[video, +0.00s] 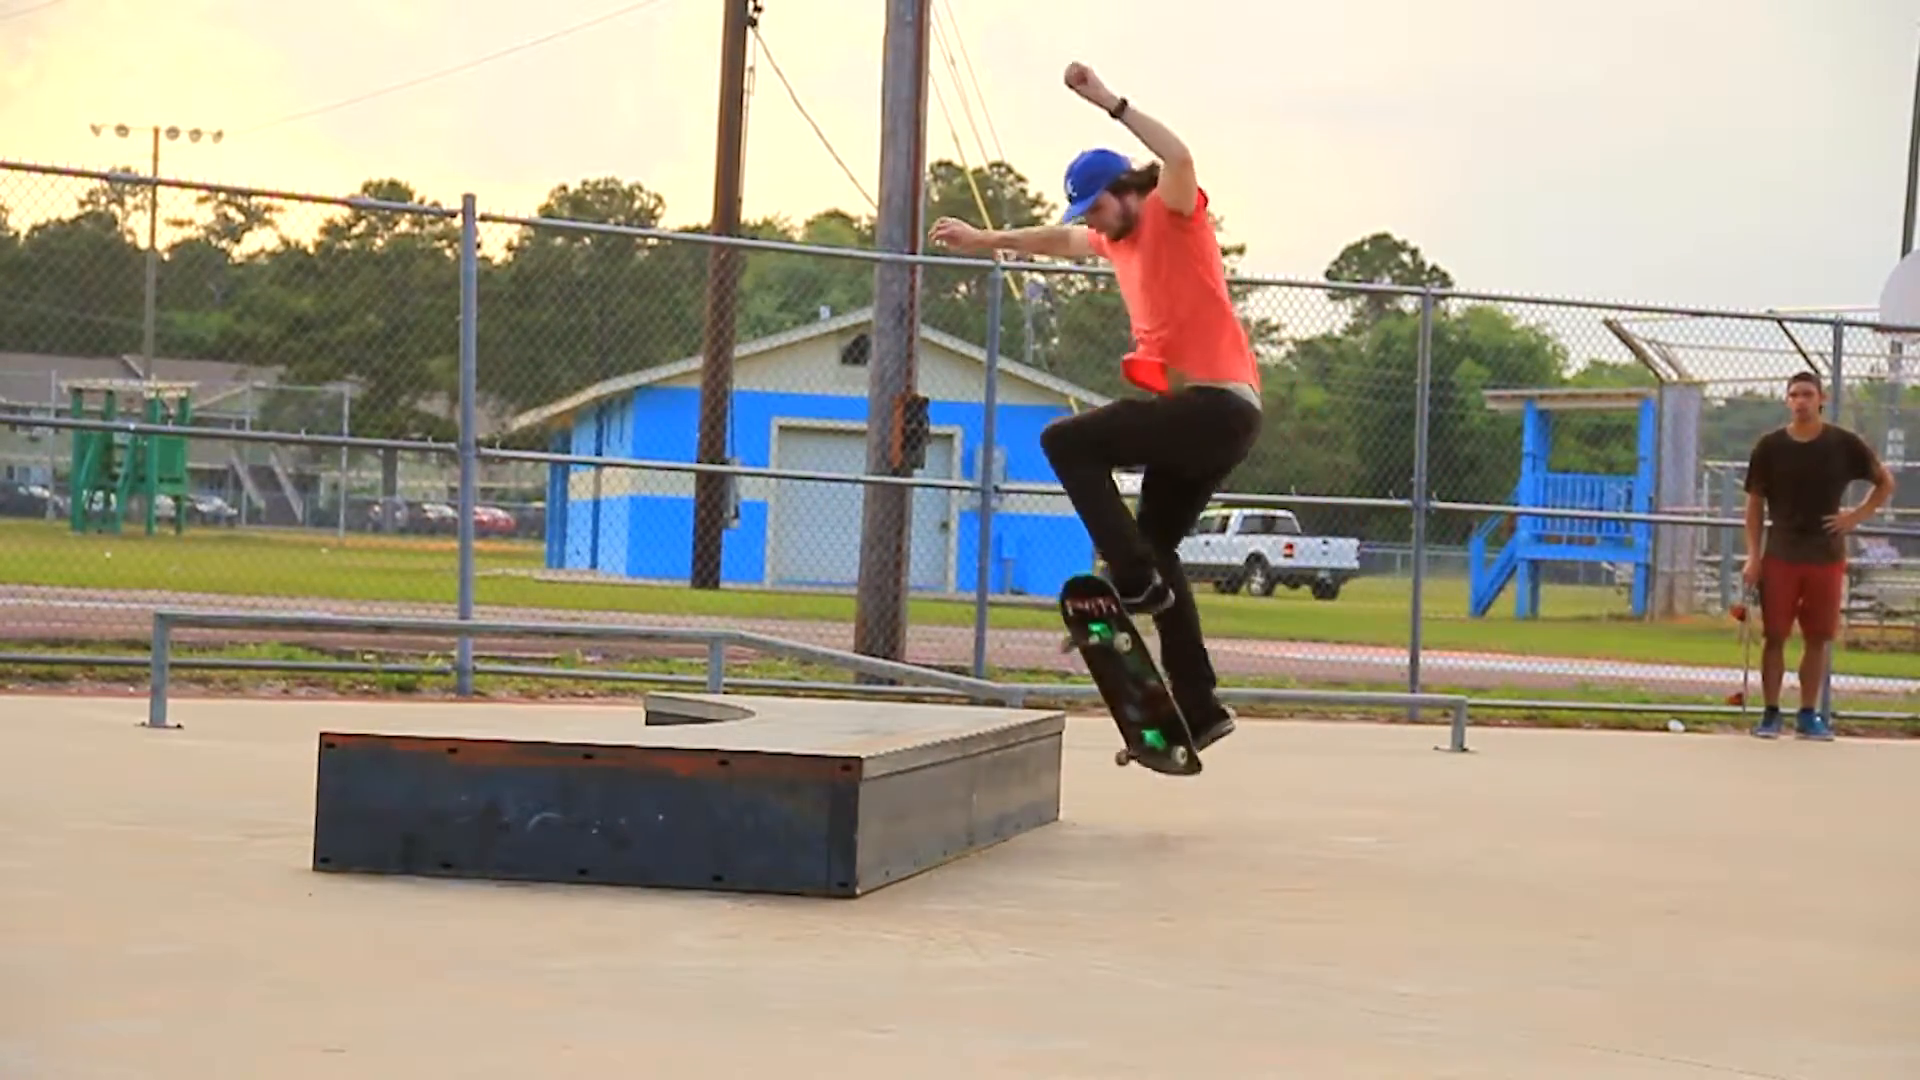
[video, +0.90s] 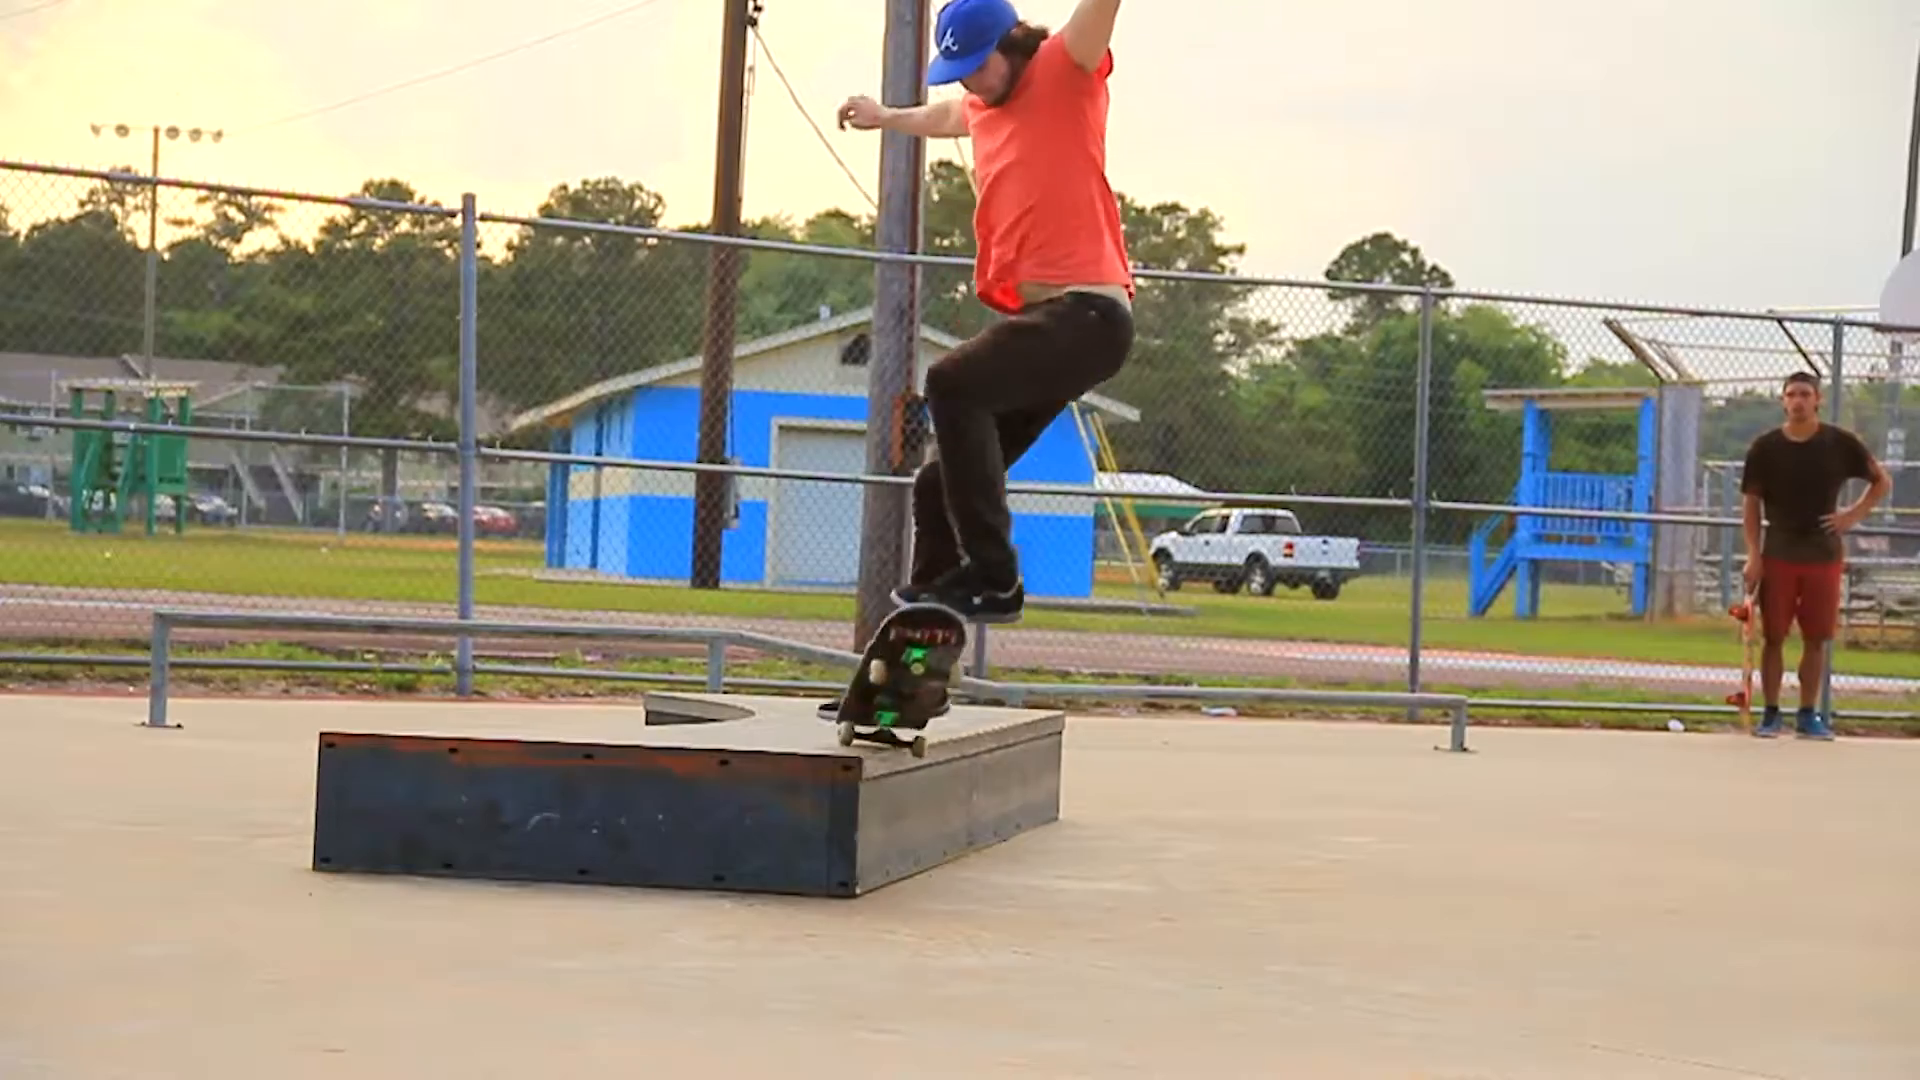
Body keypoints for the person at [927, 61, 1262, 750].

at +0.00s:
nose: (1092, 223)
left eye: (1094, 209)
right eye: (1085, 214)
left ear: (1123, 187)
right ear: (1092, 205)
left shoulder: (1174, 212)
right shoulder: (1112, 236)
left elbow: (1178, 158)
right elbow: (1059, 239)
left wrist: (1112, 102)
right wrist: (986, 239)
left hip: (1218, 403)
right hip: (1201, 409)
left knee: (1067, 440)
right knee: (1150, 550)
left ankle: (1136, 574)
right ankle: (1200, 709)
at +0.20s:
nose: (1008, 211)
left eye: (1006, 197)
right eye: (1000, 203)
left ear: (1033, 171)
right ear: (1041, 169)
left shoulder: (1091, 198)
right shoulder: (1074, 223)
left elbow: (1059, 189)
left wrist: (970, 166)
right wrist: (1075, 412)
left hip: (1139, 397)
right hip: (1118, 395)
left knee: (1012, 506)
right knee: (1000, 500)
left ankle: (1030, 671)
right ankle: (1026, 661)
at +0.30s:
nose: (982, 208)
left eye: (981, 194)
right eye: (974, 200)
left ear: (1007, 172)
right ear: (1012, 173)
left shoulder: (1058, 208)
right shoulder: (1070, 219)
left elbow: (1031, 191)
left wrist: (938, 158)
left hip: (1102, 410)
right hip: (1070, 409)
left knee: (974, 508)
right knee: (947, 514)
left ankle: (1010, 668)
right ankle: (1010, 657)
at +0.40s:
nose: (956, 194)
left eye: (958, 177)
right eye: (948, 185)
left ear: (989, 153)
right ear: (961, 179)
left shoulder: (1041, 202)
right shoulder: (1011, 225)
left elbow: (1015, 162)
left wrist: (938, 129)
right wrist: (1008, 407)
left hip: (1081, 400)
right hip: (1044, 402)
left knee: (951, 500)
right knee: (923, 511)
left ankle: (992, 667)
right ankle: (992, 655)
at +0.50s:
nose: (939, 179)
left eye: (943, 163)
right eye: (932, 169)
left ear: (976, 144)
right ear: (939, 165)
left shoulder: (1026, 185)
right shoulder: (989, 209)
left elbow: (1015, 143)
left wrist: (945, 97)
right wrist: (996, 399)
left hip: (1068, 391)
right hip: (1030, 392)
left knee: (931, 498)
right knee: (910, 504)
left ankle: (978, 667)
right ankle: (975, 658)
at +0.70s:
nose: (945, 141)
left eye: (950, 125)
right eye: (937, 132)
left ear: (982, 103)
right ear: (939, 128)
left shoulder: (1030, 143)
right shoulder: (974, 178)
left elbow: (1059, 96)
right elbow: (958, 220)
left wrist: (1035, 31)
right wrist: (891, 209)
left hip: (1046, 379)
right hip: (1000, 377)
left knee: (912, 501)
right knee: (879, 502)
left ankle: (948, 685)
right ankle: (944, 665)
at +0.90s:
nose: (972, 87)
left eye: (978, 70)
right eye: (963, 76)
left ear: (1010, 46)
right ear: (959, 68)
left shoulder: (1064, 65)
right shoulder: (976, 109)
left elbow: (1105, 3)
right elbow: (943, 116)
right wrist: (885, 116)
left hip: (1087, 313)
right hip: (1038, 320)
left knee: (955, 381)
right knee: (936, 485)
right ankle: (924, 641)